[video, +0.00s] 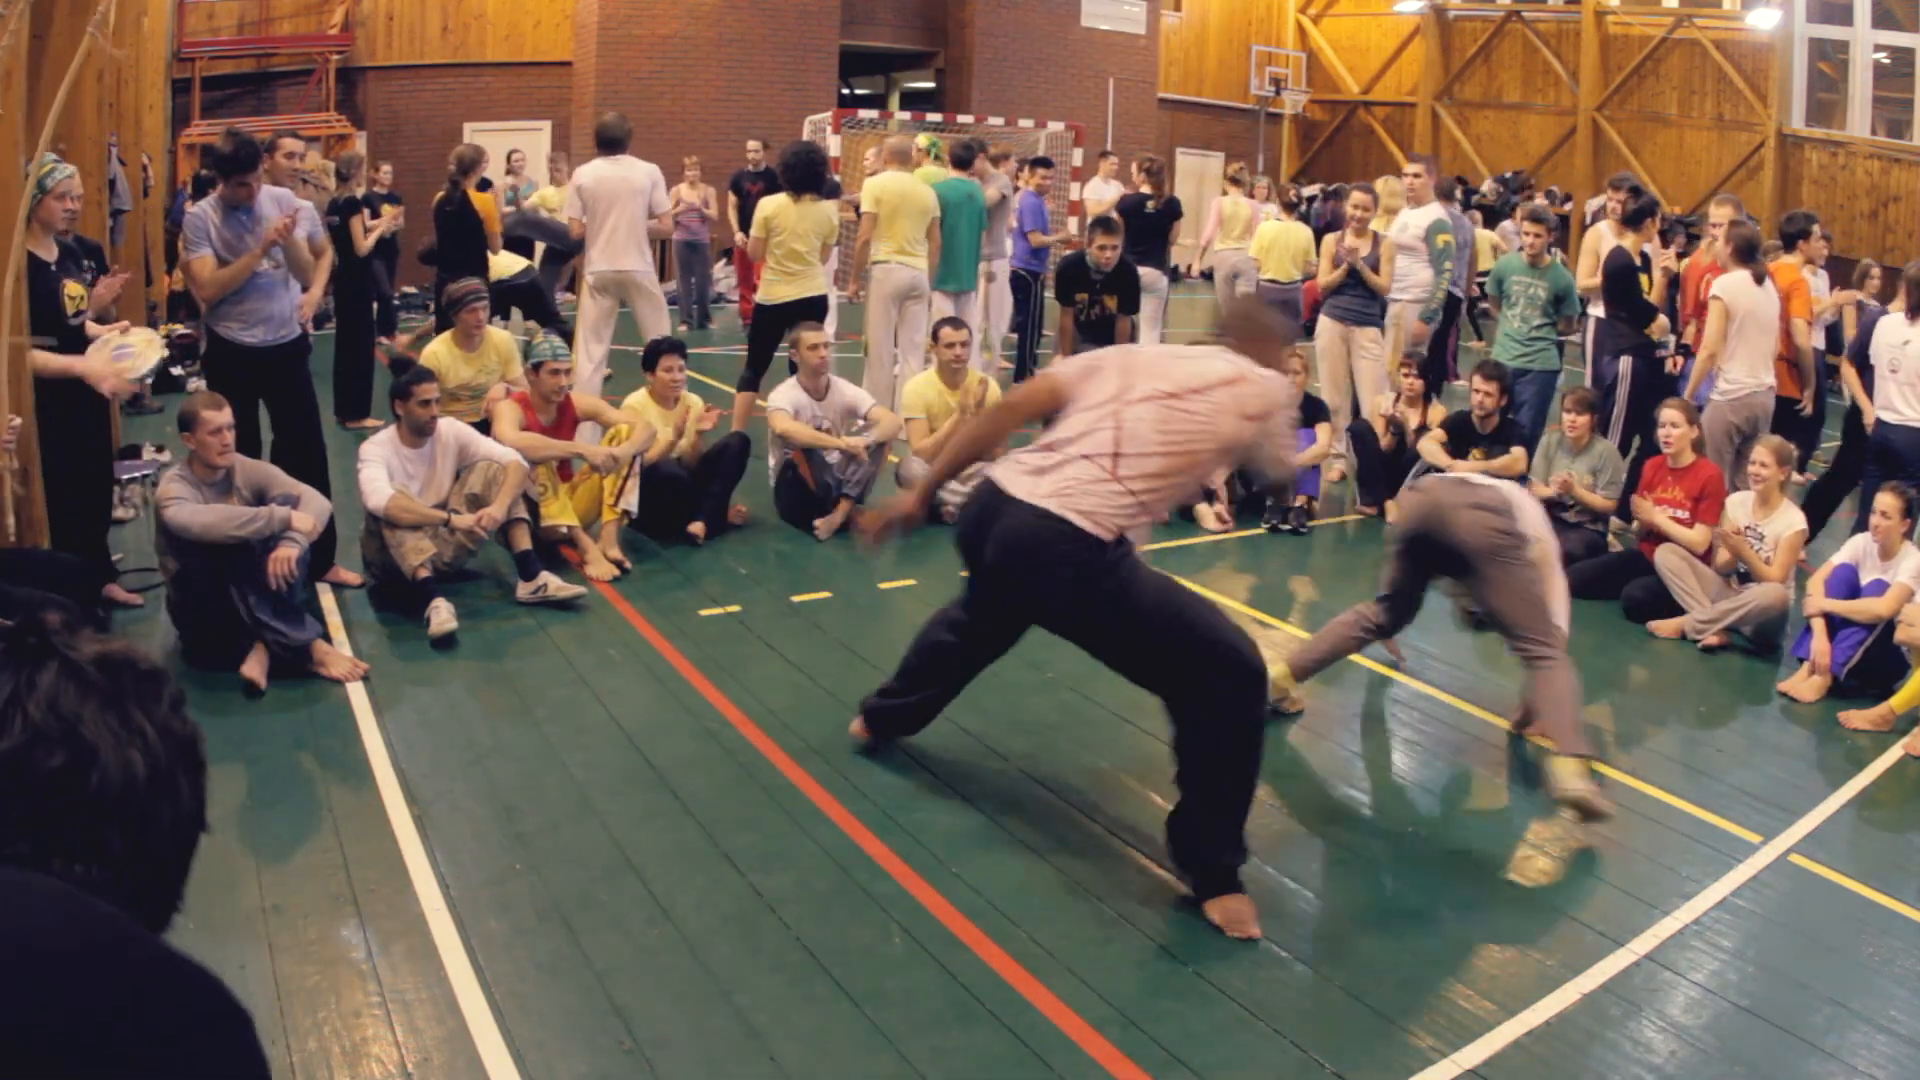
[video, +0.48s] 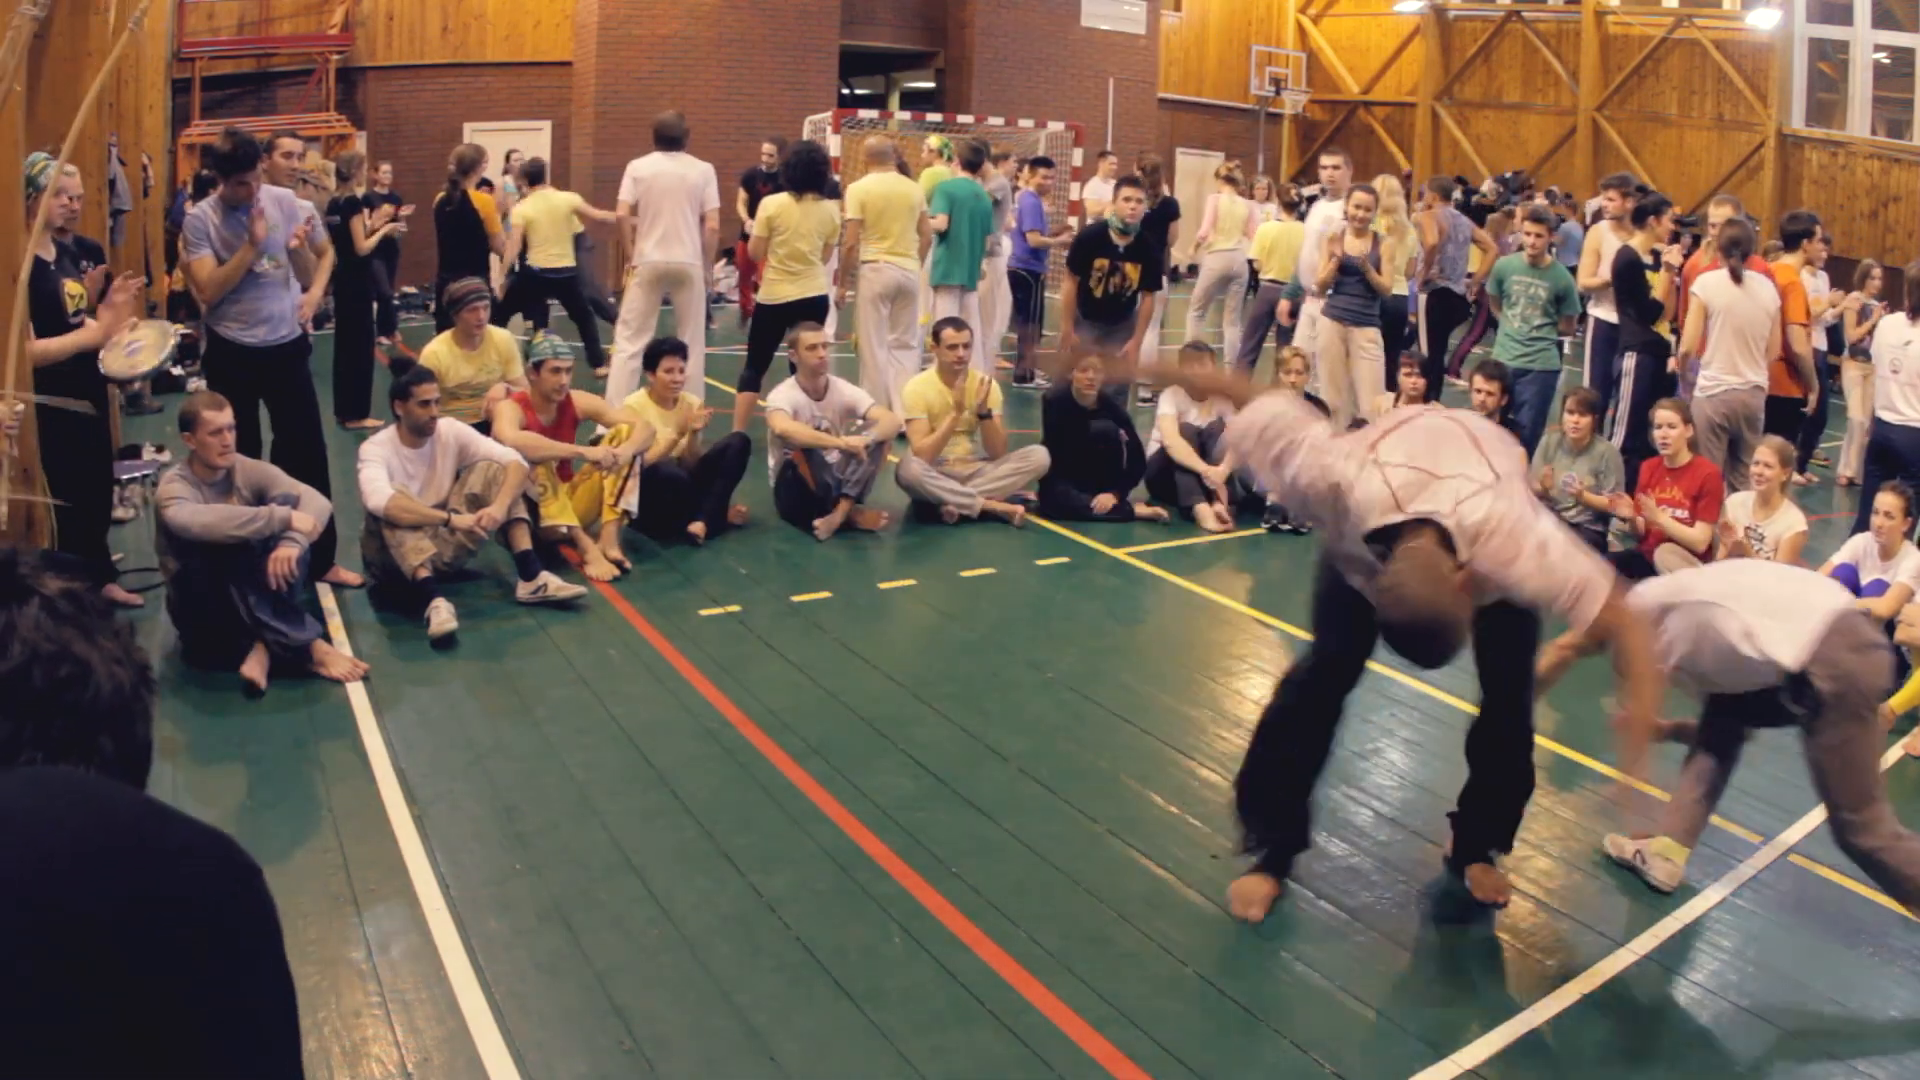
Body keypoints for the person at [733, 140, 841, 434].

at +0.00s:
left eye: (780, 166)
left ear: (783, 171)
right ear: (821, 173)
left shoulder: (768, 205)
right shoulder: (829, 209)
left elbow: (755, 252)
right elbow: (824, 255)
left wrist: (747, 239)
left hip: (773, 300)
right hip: (814, 298)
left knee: (754, 368)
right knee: (808, 366)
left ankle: (736, 436)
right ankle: (809, 433)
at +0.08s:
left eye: (780, 166)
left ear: (783, 171)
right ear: (821, 172)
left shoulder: (768, 205)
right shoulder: (830, 209)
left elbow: (757, 252)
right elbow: (825, 255)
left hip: (773, 300)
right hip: (814, 297)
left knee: (754, 368)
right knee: (808, 367)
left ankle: (736, 436)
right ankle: (809, 434)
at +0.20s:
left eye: (780, 165)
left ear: (785, 170)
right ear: (822, 172)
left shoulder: (769, 204)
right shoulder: (830, 209)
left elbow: (757, 251)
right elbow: (825, 254)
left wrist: (748, 235)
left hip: (773, 299)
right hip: (814, 297)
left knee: (754, 367)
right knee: (809, 366)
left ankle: (737, 434)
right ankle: (811, 434)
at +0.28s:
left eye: (777, 163)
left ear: (784, 169)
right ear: (822, 171)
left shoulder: (769, 204)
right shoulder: (830, 208)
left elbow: (757, 251)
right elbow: (826, 254)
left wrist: (750, 233)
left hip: (773, 299)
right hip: (814, 297)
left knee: (754, 367)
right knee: (808, 366)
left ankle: (737, 435)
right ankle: (809, 433)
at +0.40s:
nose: (774, 169)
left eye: (779, 164)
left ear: (785, 170)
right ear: (822, 171)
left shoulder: (770, 205)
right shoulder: (830, 208)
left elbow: (757, 251)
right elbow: (826, 254)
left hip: (774, 300)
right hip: (815, 298)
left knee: (754, 367)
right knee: (807, 365)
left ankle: (738, 434)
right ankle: (808, 431)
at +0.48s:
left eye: (781, 164)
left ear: (786, 170)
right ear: (823, 172)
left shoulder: (771, 204)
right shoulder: (830, 209)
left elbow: (756, 250)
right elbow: (826, 255)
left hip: (774, 300)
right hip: (815, 298)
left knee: (754, 367)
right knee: (808, 366)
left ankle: (737, 435)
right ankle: (809, 434)